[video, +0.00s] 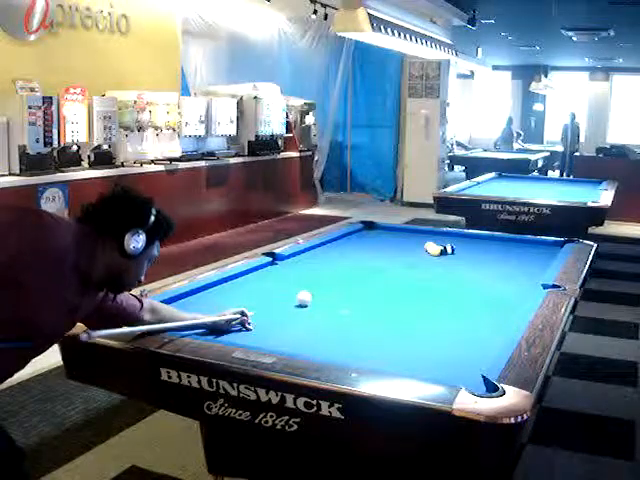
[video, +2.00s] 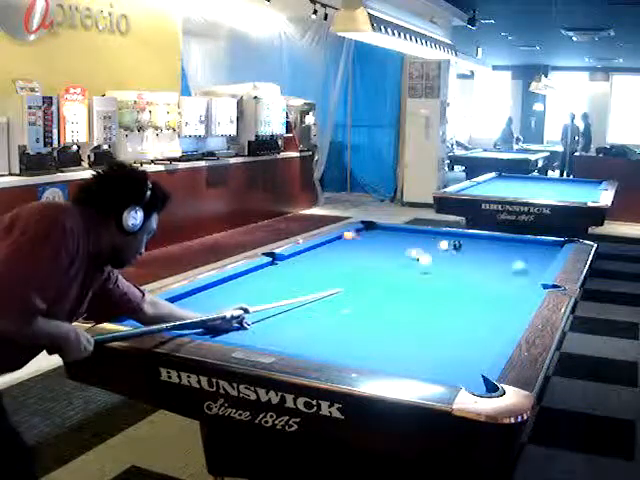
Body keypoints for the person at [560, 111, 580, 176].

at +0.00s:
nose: (571, 118)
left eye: (573, 117)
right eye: (570, 116)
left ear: (574, 117)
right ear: (569, 117)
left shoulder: (576, 127)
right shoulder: (565, 126)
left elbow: (578, 136)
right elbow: (563, 135)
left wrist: (578, 145)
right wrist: (563, 143)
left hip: (573, 146)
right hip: (566, 146)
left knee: (571, 160)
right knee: (563, 160)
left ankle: (569, 173)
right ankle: (561, 172)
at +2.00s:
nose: (572, 119)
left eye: (573, 117)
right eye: (571, 117)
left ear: (574, 118)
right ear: (569, 117)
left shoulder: (576, 127)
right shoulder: (565, 126)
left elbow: (578, 136)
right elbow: (562, 135)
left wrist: (577, 144)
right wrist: (563, 143)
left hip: (573, 146)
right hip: (566, 146)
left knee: (571, 160)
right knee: (563, 160)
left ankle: (569, 173)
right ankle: (561, 173)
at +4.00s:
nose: (570, 119)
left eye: (572, 117)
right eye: (569, 117)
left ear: (574, 118)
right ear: (567, 118)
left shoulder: (576, 127)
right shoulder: (565, 126)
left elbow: (578, 136)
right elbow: (562, 135)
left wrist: (577, 143)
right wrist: (563, 142)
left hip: (573, 146)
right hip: (566, 145)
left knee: (571, 159)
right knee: (564, 159)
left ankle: (570, 173)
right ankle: (562, 172)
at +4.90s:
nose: (572, 119)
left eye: (574, 117)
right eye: (572, 117)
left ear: (575, 118)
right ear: (570, 117)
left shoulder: (577, 127)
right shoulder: (566, 126)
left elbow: (579, 136)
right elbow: (563, 134)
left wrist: (578, 145)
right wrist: (563, 142)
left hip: (573, 146)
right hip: (566, 145)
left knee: (571, 160)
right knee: (563, 160)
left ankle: (569, 173)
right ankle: (561, 173)